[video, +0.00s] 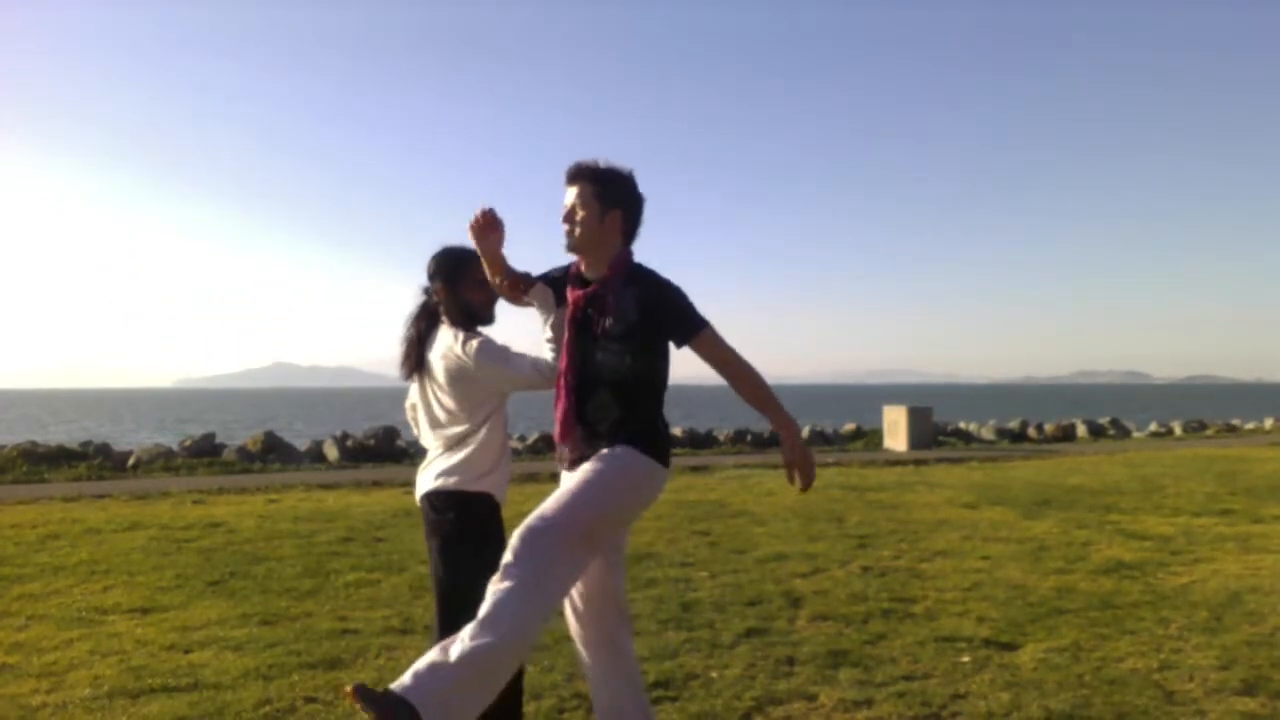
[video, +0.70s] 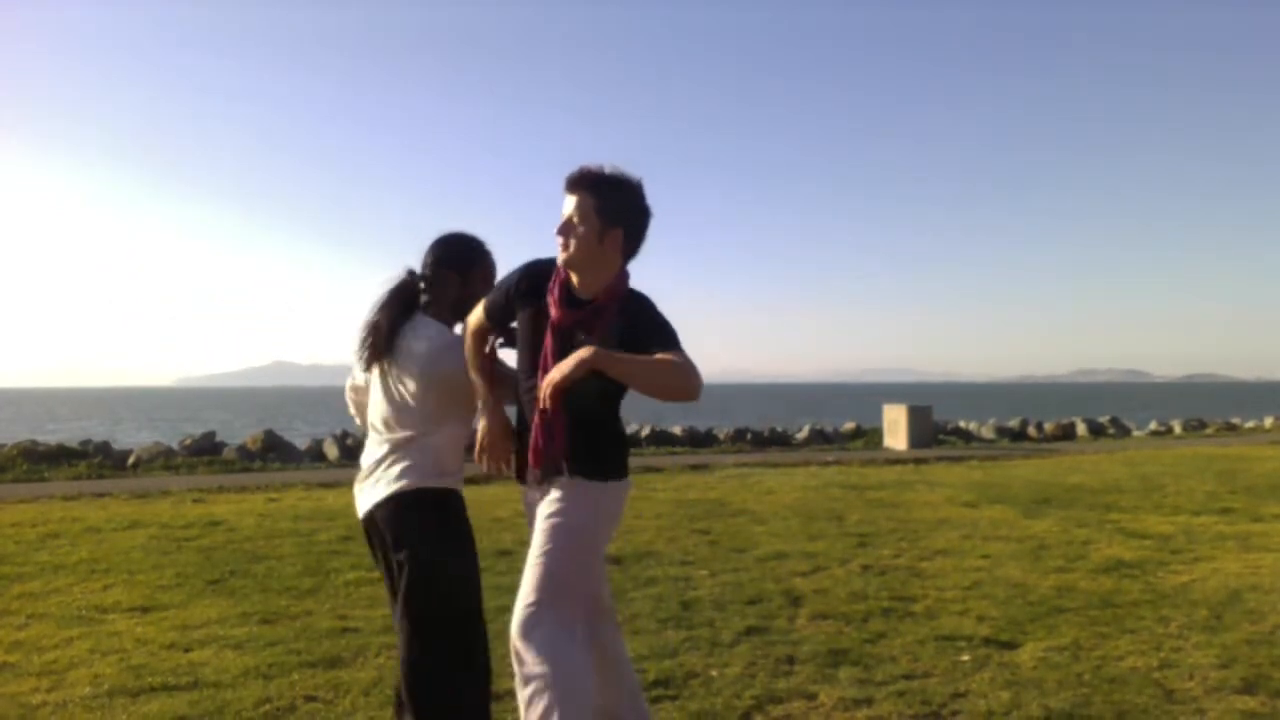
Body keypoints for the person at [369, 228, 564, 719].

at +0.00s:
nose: (492, 287)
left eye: (489, 278)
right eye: (480, 280)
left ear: (443, 294)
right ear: (447, 291)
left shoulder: (432, 344)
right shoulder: (474, 349)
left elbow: (413, 409)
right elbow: (550, 371)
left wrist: (448, 451)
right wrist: (552, 310)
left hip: (438, 490)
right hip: (467, 496)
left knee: (458, 616)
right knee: (482, 616)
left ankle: (455, 702)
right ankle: (489, 708)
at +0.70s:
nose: (487, 300)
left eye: (488, 289)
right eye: (483, 287)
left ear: (434, 280)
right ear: (453, 281)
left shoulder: (387, 332)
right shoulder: (450, 346)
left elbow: (356, 393)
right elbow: (517, 385)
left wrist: (389, 437)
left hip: (377, 499)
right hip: (424, 499)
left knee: (424, 640)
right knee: (448, 639)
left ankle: (419, 709)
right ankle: (449, 712)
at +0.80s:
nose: (491, 297)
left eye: (492, 288)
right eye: (488, 287)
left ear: (434, 281)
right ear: (466, 287)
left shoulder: (383, 335)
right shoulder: (461, 355)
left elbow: (340, 396)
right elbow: (511, 402)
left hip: (365, 503)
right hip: (423, 500)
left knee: (397, 623)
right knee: (449, 633)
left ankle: (395, 701)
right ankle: (445, 709)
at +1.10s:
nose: (492, 309)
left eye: (493, 297)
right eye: (489, 297)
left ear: (435, 289)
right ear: (474, 297)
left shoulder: (376, 335)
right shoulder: (483, 358)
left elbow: (298, 376)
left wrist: (246, 416)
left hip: (349, 523)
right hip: (428, 522)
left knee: (334, 667)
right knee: (454, 664)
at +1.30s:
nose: (392, 303)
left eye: (394, 295)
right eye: (392, 297)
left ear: (405, 293)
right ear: (456, 293)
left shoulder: (381, 336)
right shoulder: (479, 347)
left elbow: (294, 381)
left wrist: (209, 426)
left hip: (364, 515)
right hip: (444, 516)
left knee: (326, 660)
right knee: (445, 643)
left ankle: (318, 710)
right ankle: (442, 715)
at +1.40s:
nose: (368, 304)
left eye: (374, 291)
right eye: (367, 293)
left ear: (405, 285)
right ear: (423, 289)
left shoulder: (385, 332)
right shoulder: (474, 337)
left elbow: (305, 382)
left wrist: (209, 435)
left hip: (378, 509)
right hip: (454, 510)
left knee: (323, 646)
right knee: (435, 640)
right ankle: (428, 714)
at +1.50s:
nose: (359, 295)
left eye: (367, 281)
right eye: (359, 282)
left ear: (403, 277)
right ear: (415, 281)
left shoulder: (399, 323)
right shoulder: (466, 325)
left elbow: (325, 384)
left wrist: (224, 439)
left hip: (394, 506)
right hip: (459, 504)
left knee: (333, 645)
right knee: (423, 646)